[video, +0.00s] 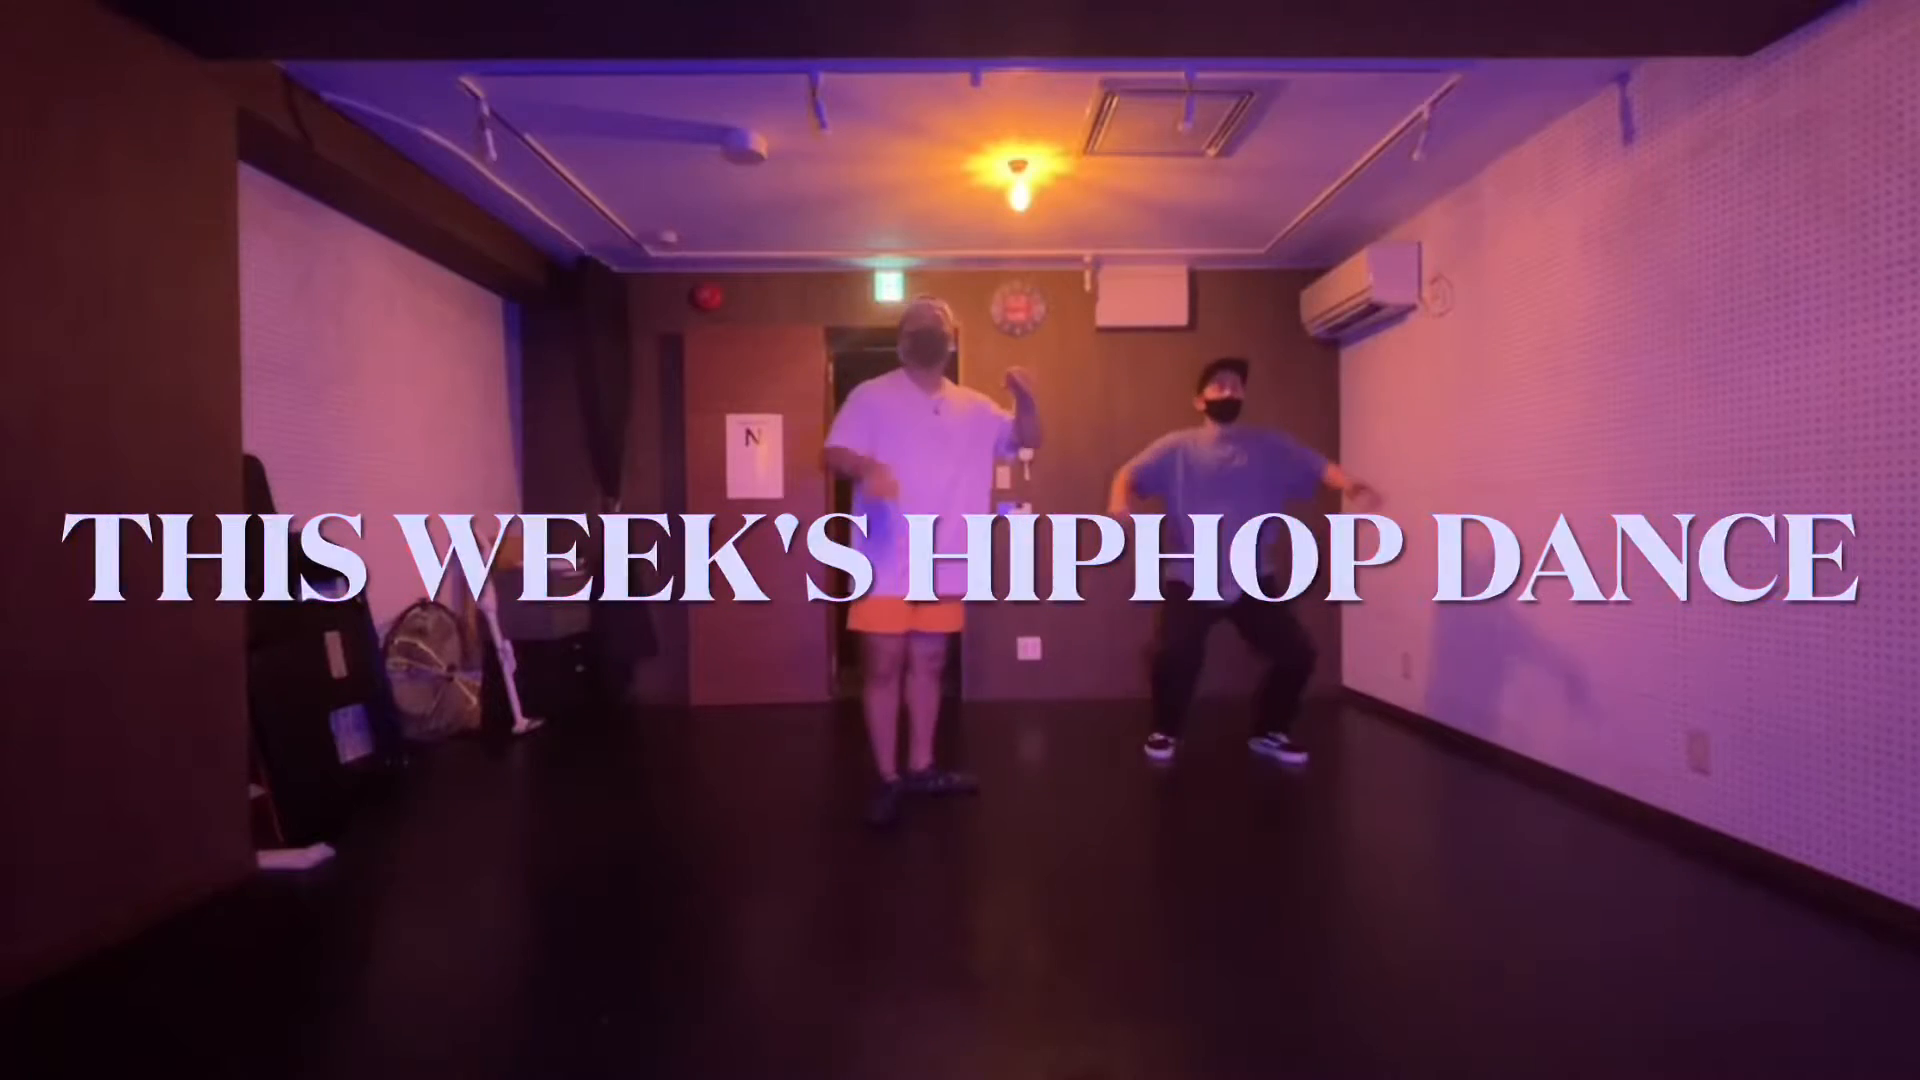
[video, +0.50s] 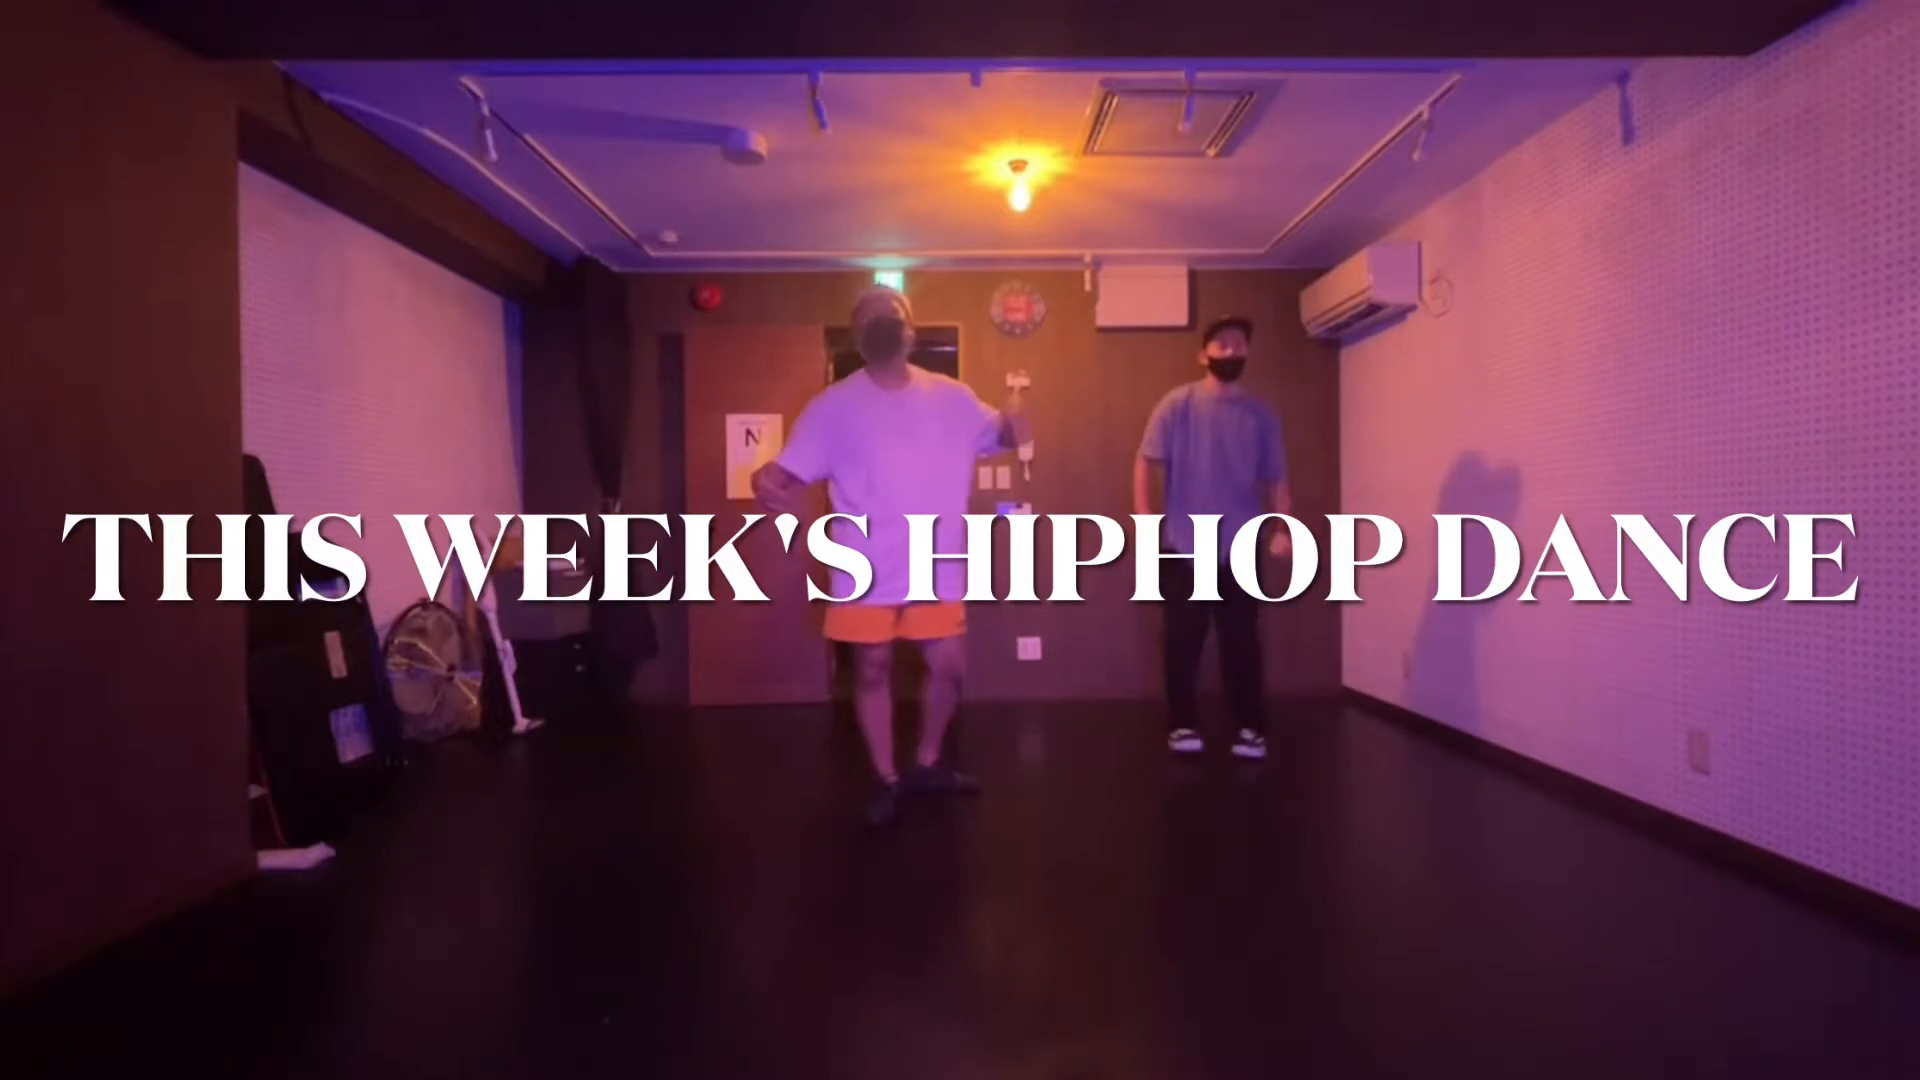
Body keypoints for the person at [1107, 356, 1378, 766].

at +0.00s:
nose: (1227, 392)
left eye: (1235, 386)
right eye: (1218, 385)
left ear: (1245, 396)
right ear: (1200, 398)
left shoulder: (1267, 445)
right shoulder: (1178, 446)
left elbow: (1320, 468)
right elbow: (1125, 476)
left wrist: (1350, 486)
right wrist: (1120, 513)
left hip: (1251, 583)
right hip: (1189, 584)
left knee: (1295, 653)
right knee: (1175, 654)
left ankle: (1270, 732)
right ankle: (1164, 732)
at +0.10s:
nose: (1225, 392)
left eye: (1233, 385)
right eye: (1216, 384)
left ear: (1243, 393)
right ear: (1199, 396)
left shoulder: (1267, 443)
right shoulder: (1176, 444)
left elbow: (1320, 483)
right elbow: (1129, 483)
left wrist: (1345, 508)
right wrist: (1118, 528)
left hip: (1251, 581)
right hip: (1187, 582)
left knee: (1300, 649)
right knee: (1163, 654)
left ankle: (1269, 734)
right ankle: (1170, 735)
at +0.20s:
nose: (1226, 374)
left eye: (1234, 368)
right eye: (1217, 367)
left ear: (1244, 377)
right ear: (1199, 377)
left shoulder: (1260, 430)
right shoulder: (1176, 429)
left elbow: (1296, 493)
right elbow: (1140, 485)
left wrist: (1316, 545)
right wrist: (1141, 542)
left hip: (1245, 570)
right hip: (1184, 570)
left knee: (1288, 639)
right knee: (1166, 650)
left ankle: (1269, 732)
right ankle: (1170, 734)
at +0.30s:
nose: (1228, 365)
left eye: (1236, 358)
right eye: (1219, 357)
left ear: (1245, 366)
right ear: (1200, 366)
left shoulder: (1259, 422)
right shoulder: (1176, 419)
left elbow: (1283, 486)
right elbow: (1148, 480)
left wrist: (1290, 540)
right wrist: (1145, 543)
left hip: (1245, 559)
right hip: (1185, 559)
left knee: (1273, 639)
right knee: (1171, 646)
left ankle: (1268, 732)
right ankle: (1172, 732)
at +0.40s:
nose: (1230, 355)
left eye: (1237, 348)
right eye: (1221, 347)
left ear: (1247, 357)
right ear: (1202, 356)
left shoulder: (1261, 416)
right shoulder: (1177, 408)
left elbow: (1277, 481)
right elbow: (1148, 471)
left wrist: (1283, 534)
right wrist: (1147, 532)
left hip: (1242, 549)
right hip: (1183, 548)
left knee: (1251, 638)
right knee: (1179, 638)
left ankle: (1257, 727)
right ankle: (1175, 726)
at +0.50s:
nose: (1231, 352)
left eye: (1239, 345)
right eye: (1222, 344)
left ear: (1249, 355)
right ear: (1204, 353)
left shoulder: (1261, 414)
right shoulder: (1176, 404)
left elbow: (1277, 480)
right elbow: (1146, 465)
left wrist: (1282, 532)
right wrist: (1146, 525)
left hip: (1240, 545)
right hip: (1183, 544)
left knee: (1242, 637)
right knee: (1183, 636)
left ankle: (1249, 726)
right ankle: (1182, 725)